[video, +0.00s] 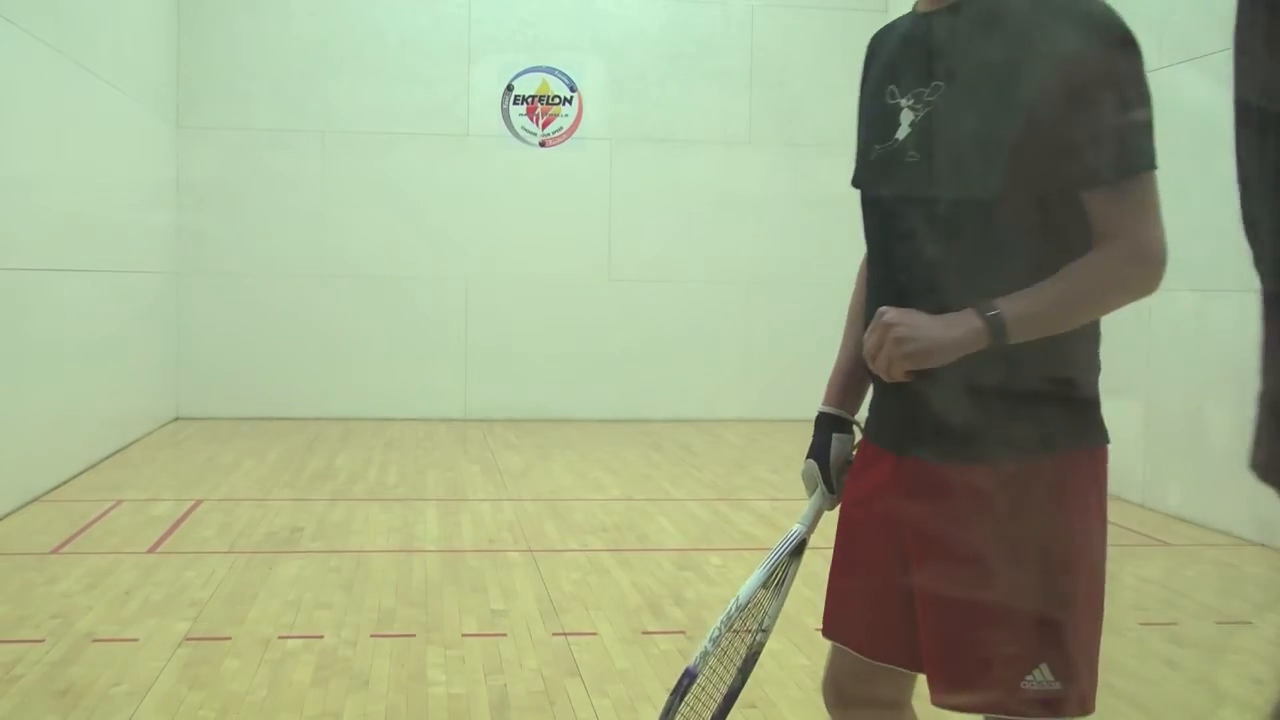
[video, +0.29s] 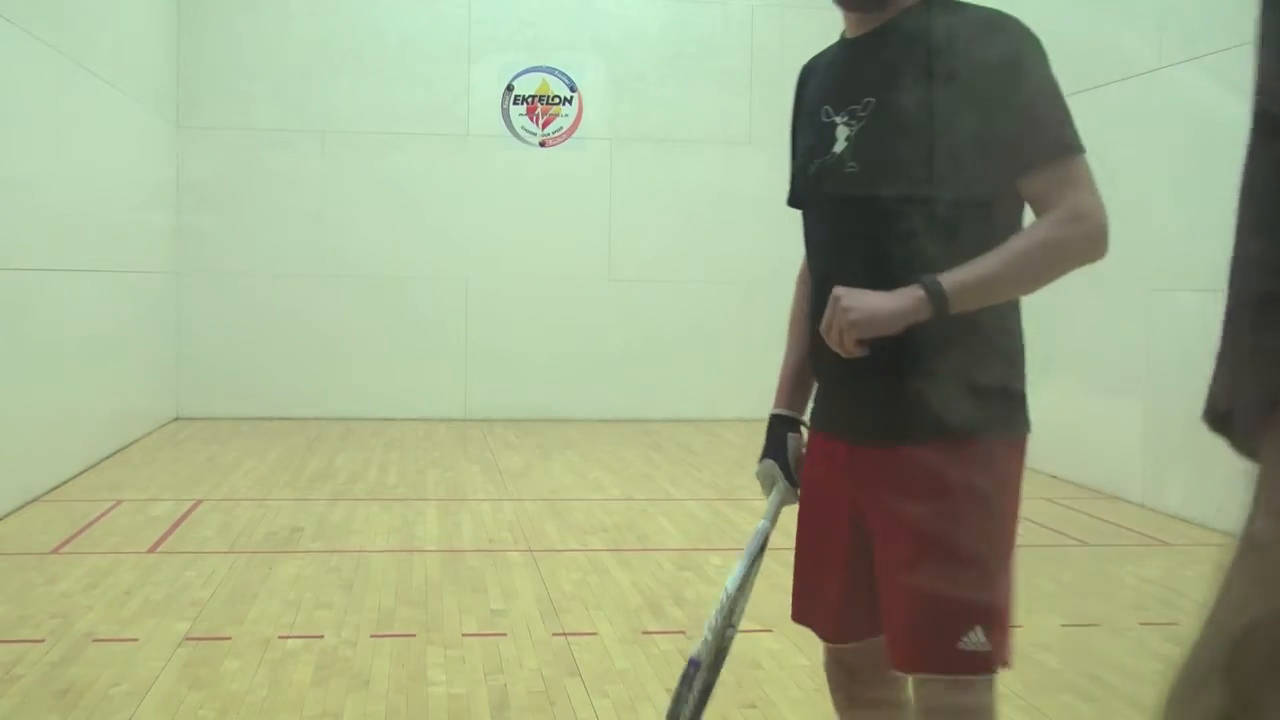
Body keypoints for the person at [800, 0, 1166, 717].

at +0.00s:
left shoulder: (1080, 36)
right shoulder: (891, 50)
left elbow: (1136, 256)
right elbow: (889, 254)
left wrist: (970, 328)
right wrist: (836, 412)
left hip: (1028, 444)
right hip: (903, 434)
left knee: (1031, 707)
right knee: (859, 691)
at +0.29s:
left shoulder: (988, 44)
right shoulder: (820, 80)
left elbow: (1080, 224)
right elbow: (824, 258)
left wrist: (916, 298)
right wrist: (786, 414)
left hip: (957, 429)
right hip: (846, 425)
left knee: (953, 690)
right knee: (856, 669)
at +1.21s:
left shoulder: (697, 65)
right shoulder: (625, 71)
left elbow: (727, 252)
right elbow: (632, 245)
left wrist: (560, 307)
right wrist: (586, 377)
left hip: (668, 401)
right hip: (622, 395)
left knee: (643, 650)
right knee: (579, 616)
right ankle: (667, 704)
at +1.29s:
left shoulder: (662, 66)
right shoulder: (613, 73)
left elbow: (680, 251)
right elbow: (625, 251)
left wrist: (515, 289)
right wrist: (575, 389)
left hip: (647, 401)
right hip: (606, 397)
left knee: (625, 630)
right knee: (569, 605)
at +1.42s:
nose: (517, 6)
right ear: (599, 3)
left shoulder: (608, 72)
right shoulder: (623, 76)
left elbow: (609, 250)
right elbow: (624, 278)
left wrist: (470, 290)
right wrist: (556, 418)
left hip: (610, 403)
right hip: (592, 401)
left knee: (609, 640)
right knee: (559, 613)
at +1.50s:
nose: (512, 9)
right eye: (517, 1)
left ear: (539, 5)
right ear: (603, 9)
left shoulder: (578, 83)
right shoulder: (647, 91)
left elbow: (566, 247)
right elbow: (629, 274)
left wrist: (452, 300)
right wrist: (540, 405)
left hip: (576, 406)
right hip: (623, 399)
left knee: (570, 632)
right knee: (561, 620)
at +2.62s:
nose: (568, 111)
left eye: (564, 101)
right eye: (569, 102)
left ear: (502, 87)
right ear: (559, 96)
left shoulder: (440, 139)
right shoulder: (561, 153)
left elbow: (398, 253)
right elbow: (580, 271)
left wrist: (447, 301)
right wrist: (600, 341)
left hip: (446, 363)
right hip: (526, 367)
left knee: (449, 526)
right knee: (521, 517)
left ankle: (450, 695)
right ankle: (510, 658)